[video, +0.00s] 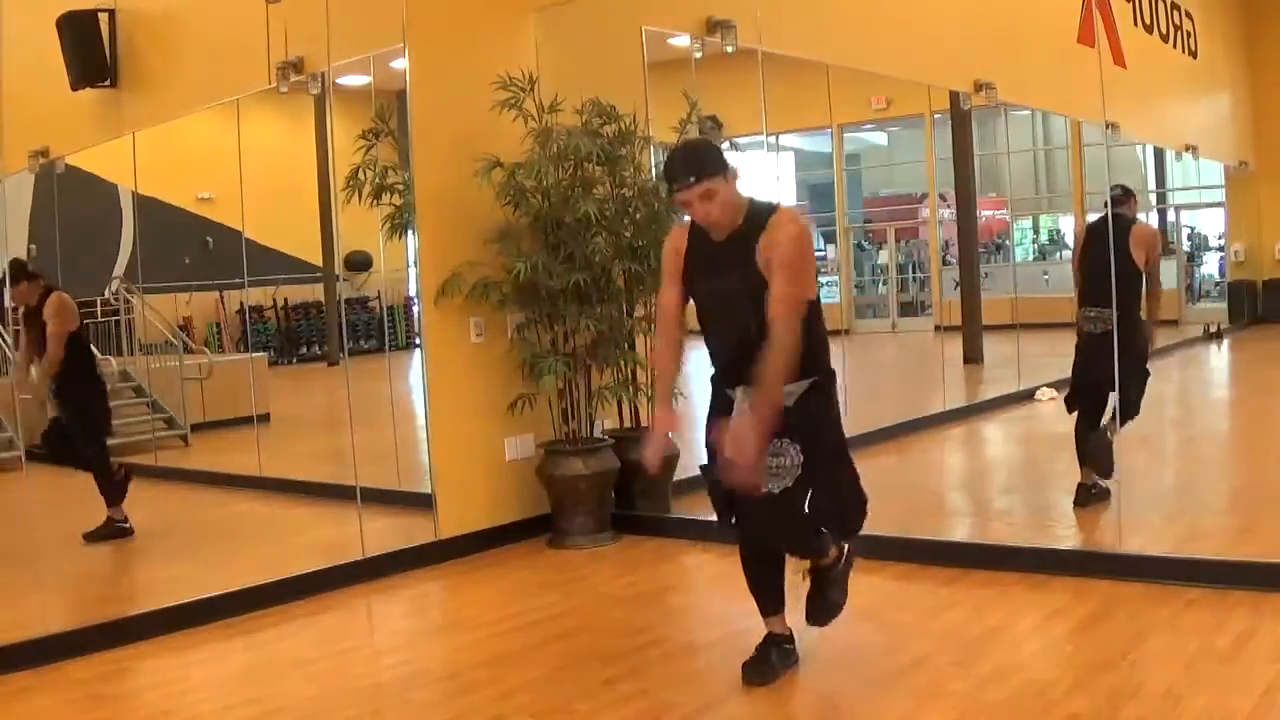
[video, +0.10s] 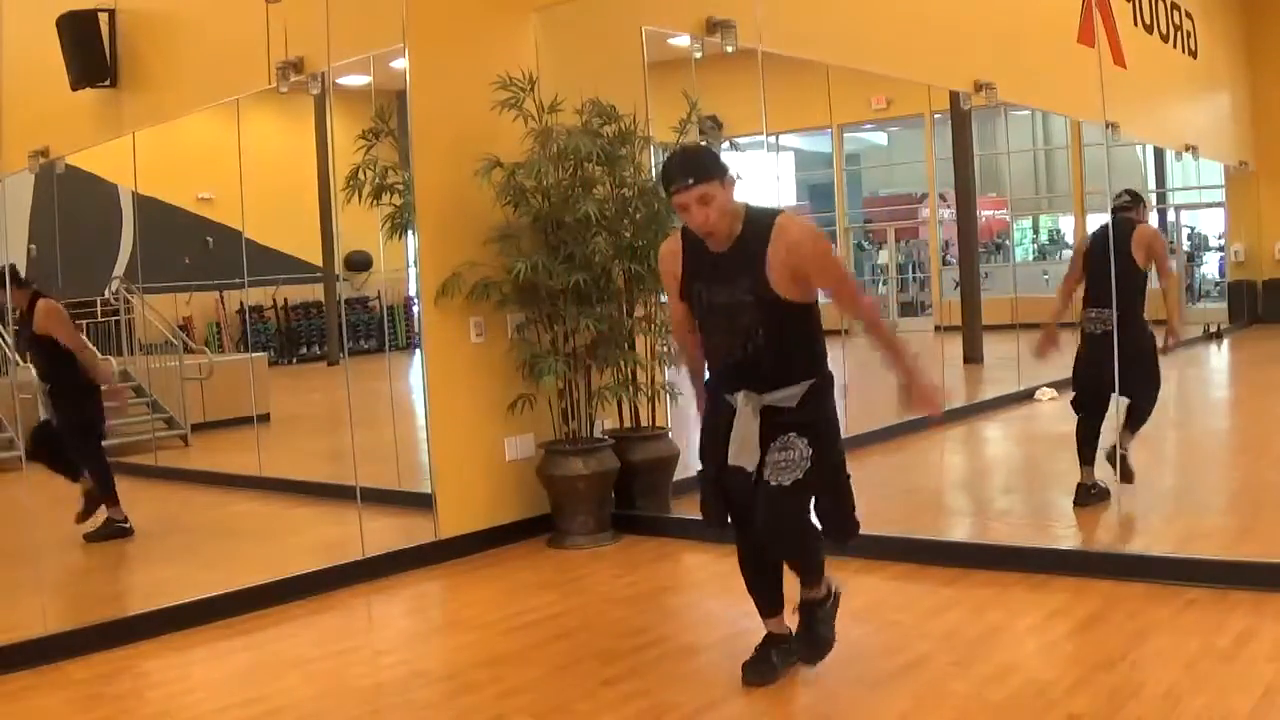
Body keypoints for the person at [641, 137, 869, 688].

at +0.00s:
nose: (699, 214)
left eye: (706, 198)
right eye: (687, 205)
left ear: (731, 180)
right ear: (678, 201)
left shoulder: (784, 229)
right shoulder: (683, 241)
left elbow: (785, 334)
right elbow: (669, 332)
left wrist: (756, 419)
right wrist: (662, 411)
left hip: (798, 392)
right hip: (734, 395)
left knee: (776, 509)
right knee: (749, 515)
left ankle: (828, 555)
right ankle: (777, 637)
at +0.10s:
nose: (697, 218)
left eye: (704, 201)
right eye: (683, 208)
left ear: (728, 185)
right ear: (673, 207)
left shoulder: (790, 235)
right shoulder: (677, 252)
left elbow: (859, 305)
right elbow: (685, 332)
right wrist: (701, 395)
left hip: (797, 401)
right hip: (733, 406)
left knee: (781, 514)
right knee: (748, 525)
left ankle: (817, 592)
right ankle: (776, 634)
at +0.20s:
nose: (707, 217)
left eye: (714, 199)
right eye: (692, 207)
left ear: (735, 188)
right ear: (680, 209)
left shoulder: (793, 231)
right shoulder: (676, 248)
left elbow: (877, 228)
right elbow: (706, 311)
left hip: (799, 405)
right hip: (732, 410)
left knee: (793, 527)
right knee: (750, 529)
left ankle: (802, 651)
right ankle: (776, 633)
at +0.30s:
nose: (720, 220)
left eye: (730, 202)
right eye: (705, 208)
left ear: (752, 193)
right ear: (692, 209)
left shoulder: (799, 232)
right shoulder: (679, 245)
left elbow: (869, 197)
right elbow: (706, 307)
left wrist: (919, 173)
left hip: (803, 415)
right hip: (735, 420)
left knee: (802, 543)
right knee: (752, 537)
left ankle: (802, 685)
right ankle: (776, 632)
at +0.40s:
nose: (733, 224)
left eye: (744, 206)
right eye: (719, 211)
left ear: (766, 199)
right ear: (705, 212)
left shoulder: (813, 246)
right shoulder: (689, 253)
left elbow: (888, 225)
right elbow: (656, 268)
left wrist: (947, 211)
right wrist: (642, 291)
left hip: (807, 431)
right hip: (735, 435)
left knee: (811, 564)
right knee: (753, 544)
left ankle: (811, 705)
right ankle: (777, 631)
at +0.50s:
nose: (749, 213)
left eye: (760, 194)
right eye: (734, 198)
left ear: (781, 190)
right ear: (717, 201)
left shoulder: (835, 250)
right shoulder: (689, 260)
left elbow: (924, 294)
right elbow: (651, 318)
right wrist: (630, 362)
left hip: (815, 433)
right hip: (737, 436)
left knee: (813, 571)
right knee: (746, 553)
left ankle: (810, 706)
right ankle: (773, 620)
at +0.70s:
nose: (774, 182)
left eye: (785, 167)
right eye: (759, 171)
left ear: (806, 168)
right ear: (741, 178)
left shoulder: (852, 228)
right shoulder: (709, 242)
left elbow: (821, 300)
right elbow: (693, 322)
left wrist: (737, 324)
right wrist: (694, 361)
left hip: (828, 427)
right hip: (744, 429)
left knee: (825, 577)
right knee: (734, 575)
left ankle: (812, 707)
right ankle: (746, 695)